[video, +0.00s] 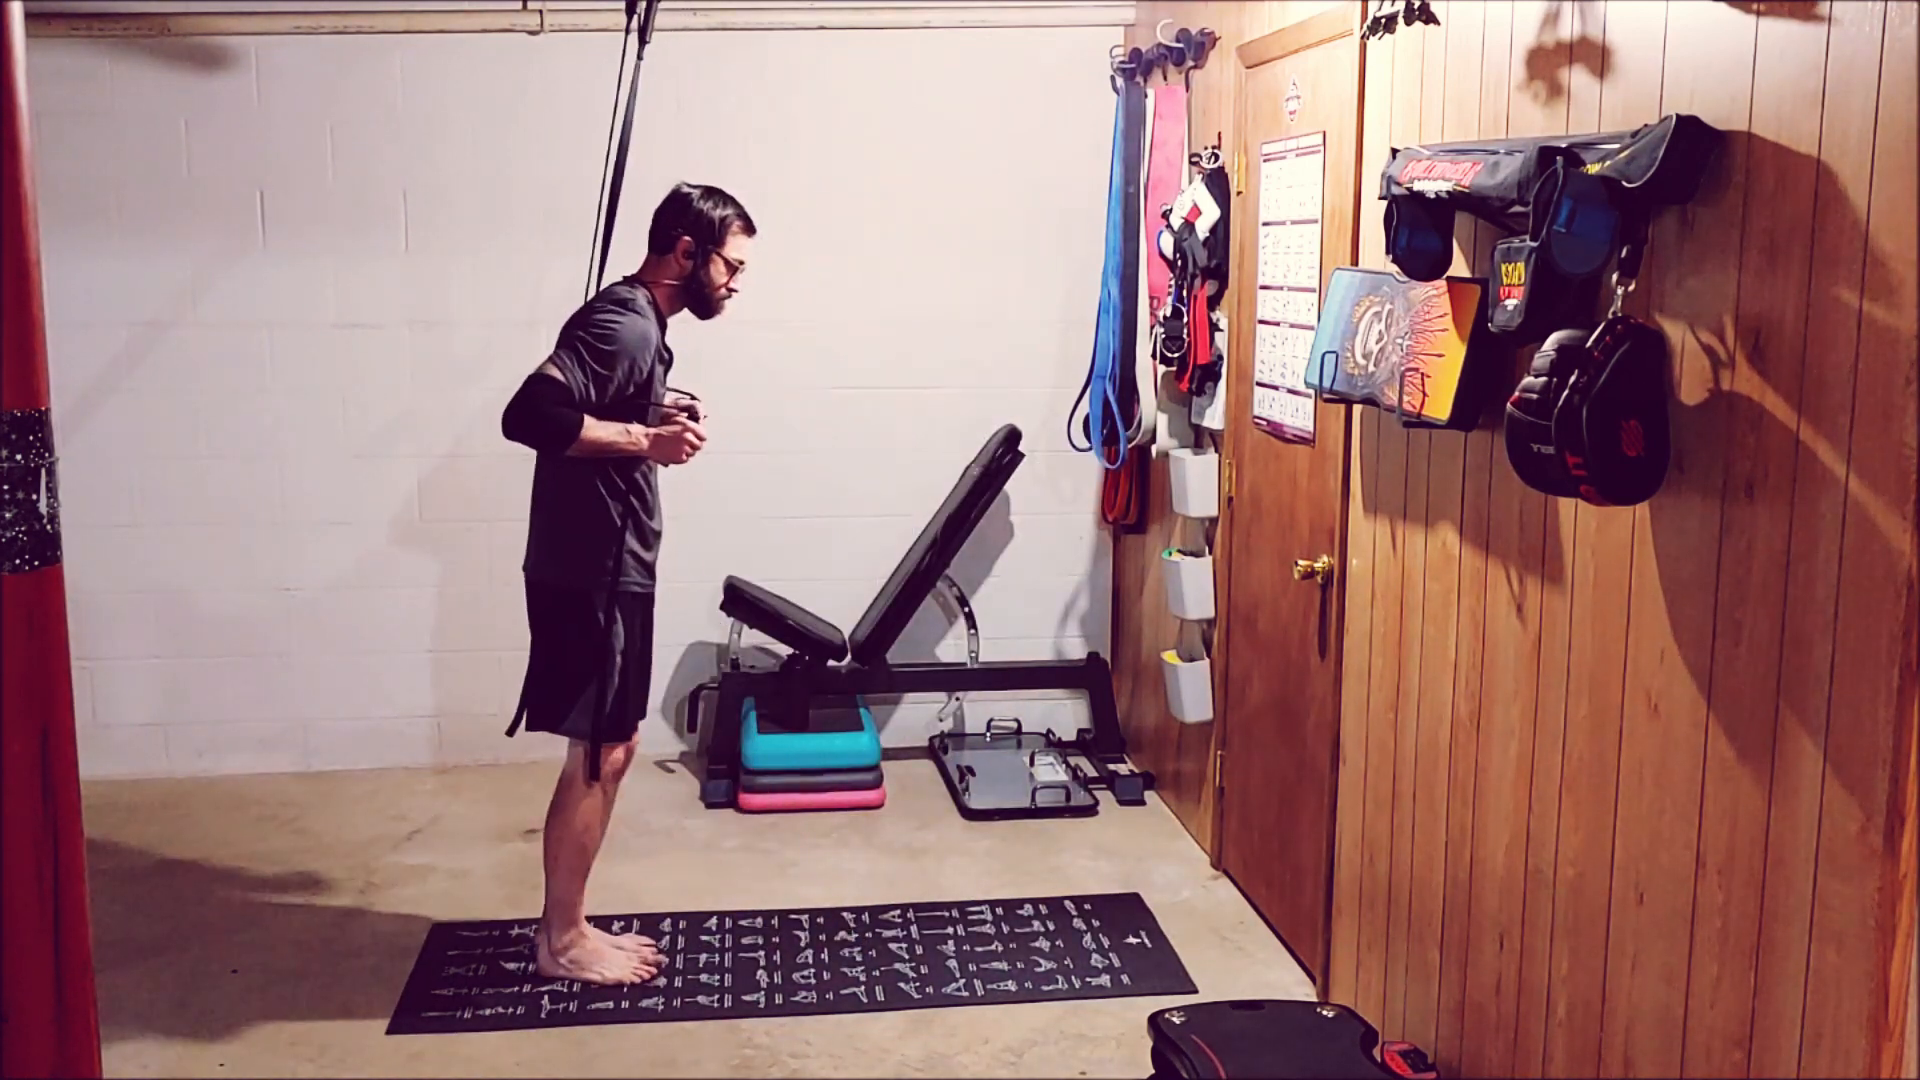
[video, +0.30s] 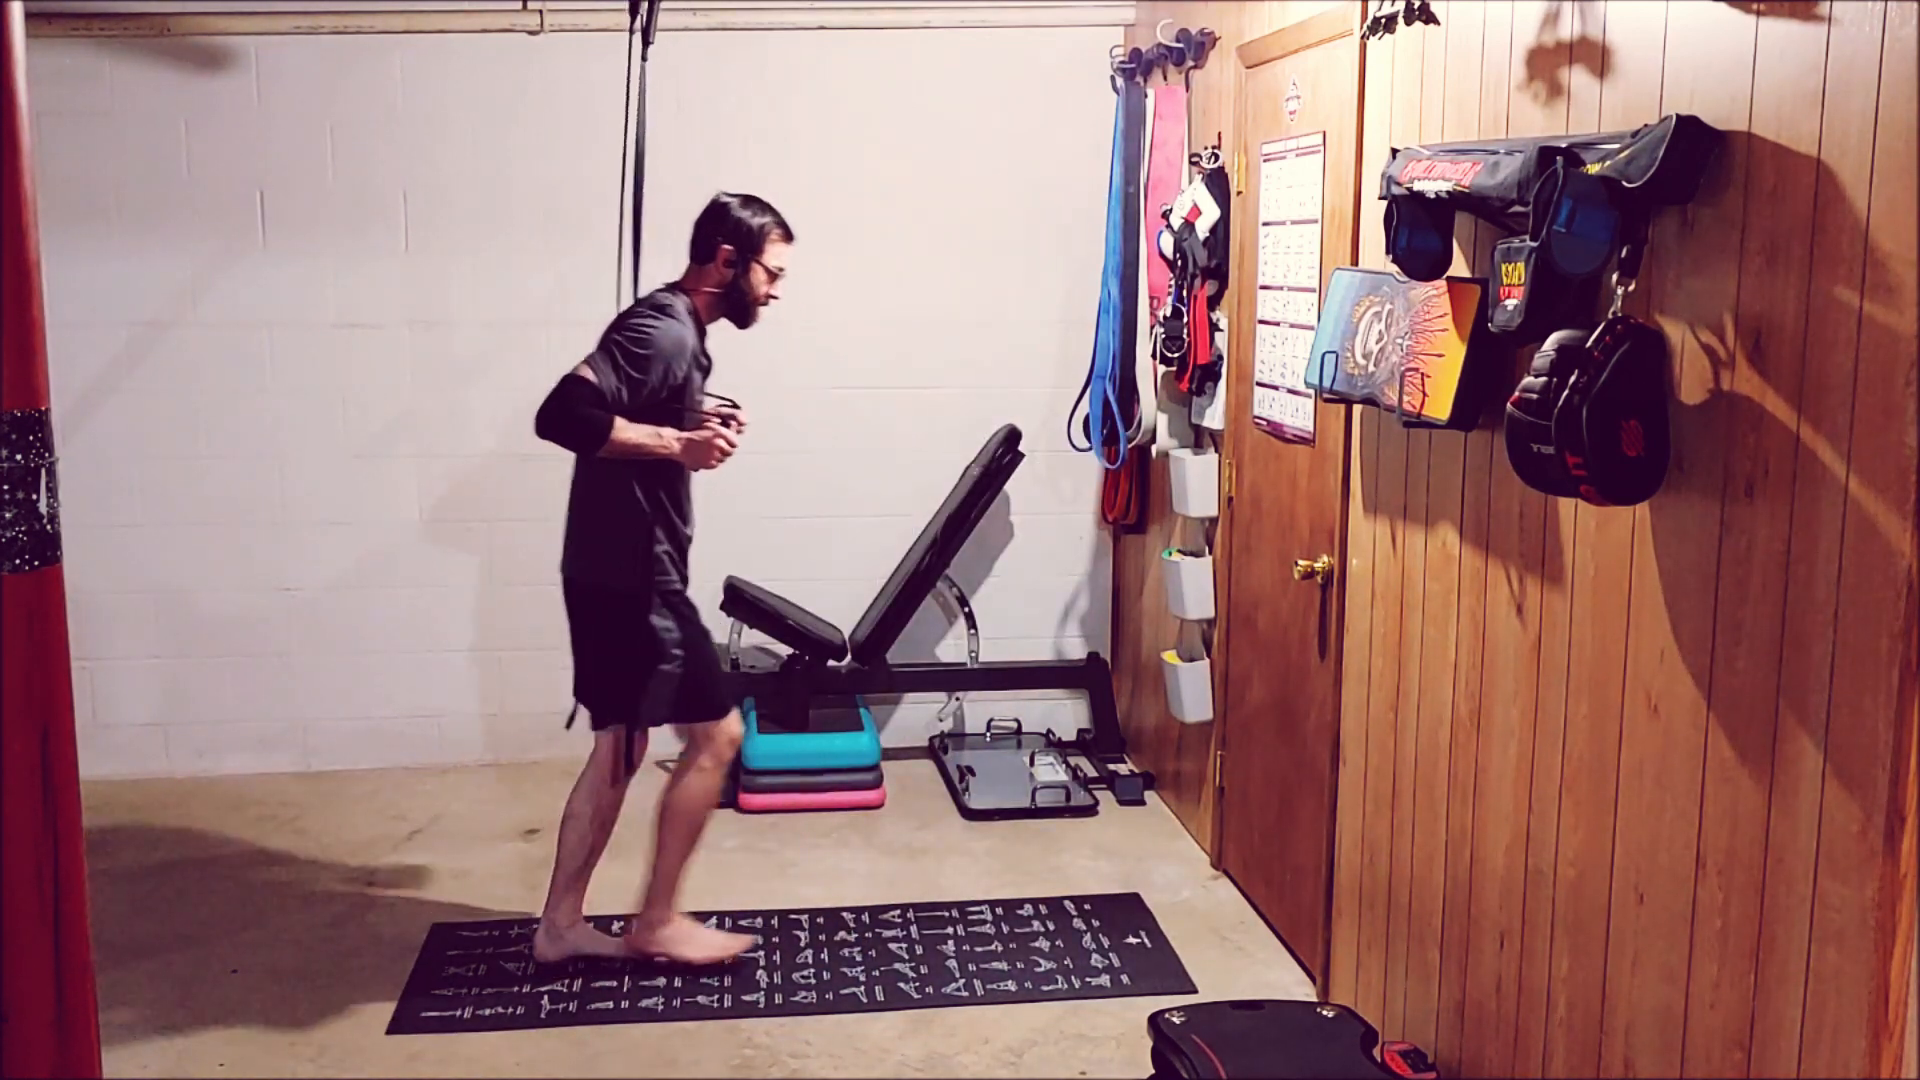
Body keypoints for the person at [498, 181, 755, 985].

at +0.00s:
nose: (737, 283)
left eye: (741, 268)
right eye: (731, 265)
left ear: (681, 257)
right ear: (683, 254)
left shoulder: (644, 325)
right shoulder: (621, 320)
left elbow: (588, 417)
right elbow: (530, 413)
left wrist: (658, 414)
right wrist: (644, 439)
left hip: (619, 575)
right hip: (594, 576)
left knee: (612, 748)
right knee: (601, 751)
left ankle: (569, 927)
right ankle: (561, 939)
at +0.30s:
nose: (777, 290)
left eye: (780, 275)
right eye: (772, 273)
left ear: (721, 262)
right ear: (724, 260)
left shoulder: (681, 332)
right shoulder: (659, 328)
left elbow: (622, 421)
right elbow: (561, 414)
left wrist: (698, 421)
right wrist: (674, 443)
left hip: (623, 575)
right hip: (635, 579)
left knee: (617, 748)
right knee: (717, 736)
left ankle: (560, 925)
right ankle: (657, 923)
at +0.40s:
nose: (808, 296)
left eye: (811, 281)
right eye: (803, 279)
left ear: (758, 268)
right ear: (757, 266)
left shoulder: (714, 338)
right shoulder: (690, 330)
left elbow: (650, 428)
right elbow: (592, 414)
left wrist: (728, 423)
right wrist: (707, 445)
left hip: (655, 575)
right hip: (660, 580)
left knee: (631, 747)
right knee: (749, 730)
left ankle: (562, 924)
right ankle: (732, 919)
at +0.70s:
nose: (939, 297)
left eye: (944, 283)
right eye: (934, 281)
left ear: (885, 268)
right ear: (888, 267)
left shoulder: (851, 327)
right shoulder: (831, 322)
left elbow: (796, 408)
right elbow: (734, 398)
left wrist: (868, 387)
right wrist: (847, 421)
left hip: (800, 570)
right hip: (793, 574)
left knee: (807, 747)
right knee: (844, 747)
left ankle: (670, 830)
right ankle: (790, 922)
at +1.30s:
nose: (1062, 259)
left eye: (1069, 246)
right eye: (1065, 241)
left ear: (1022, 209)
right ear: (1032, 212)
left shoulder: (987, 265)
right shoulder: (958, 255)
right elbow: (881, 327)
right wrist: (989, 334)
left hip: (1024, 463)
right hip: (978, 502)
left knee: (1146, 428)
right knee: (950, 706)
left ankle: (1086, 580)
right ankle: (846, 864)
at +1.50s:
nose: (1017, 272)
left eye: (1023, 258)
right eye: (1018, 254)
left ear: (977, 229)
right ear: (980, 228)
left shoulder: (946, 282)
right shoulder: (916, 271)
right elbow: (833, 353)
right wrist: (943, 359)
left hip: (969, 485)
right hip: (923, 522)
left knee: (1106, 464)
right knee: (918, 726)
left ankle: (1015, 611)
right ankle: (819, 882)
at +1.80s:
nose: (949, 277)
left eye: (953, 263)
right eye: (946, 261)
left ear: (898, 246)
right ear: (903, 246)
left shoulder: (869, 299)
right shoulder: (854, 297)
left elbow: (811, 377)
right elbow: (765, 371)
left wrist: (883, 379)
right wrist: (873, 402)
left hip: (875, 533)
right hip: (834, 547)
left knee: (998, 602)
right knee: (833, 733)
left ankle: (862, 700)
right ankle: (785, 914)